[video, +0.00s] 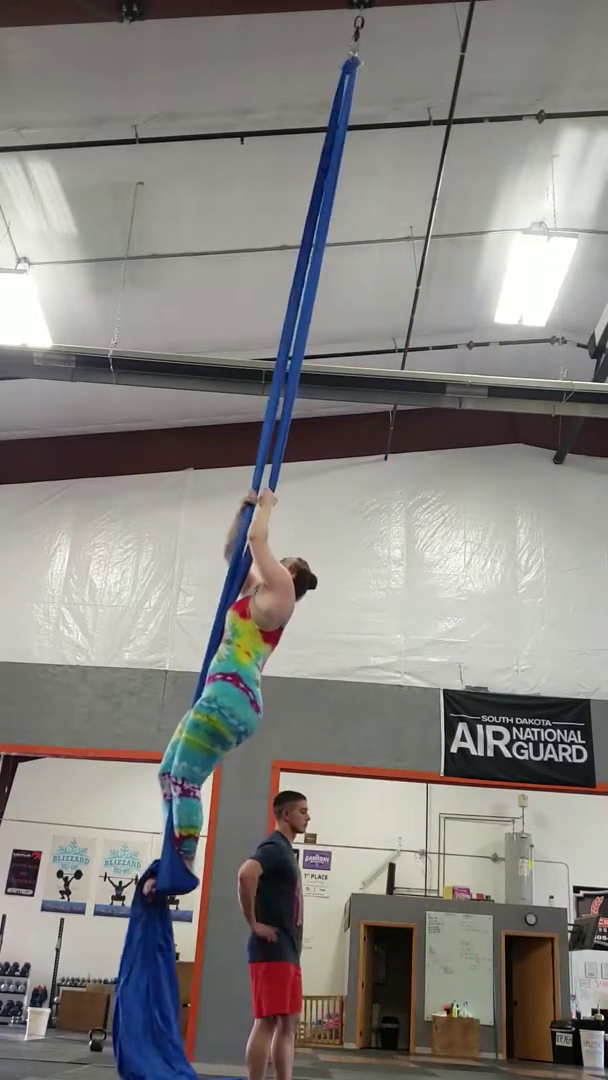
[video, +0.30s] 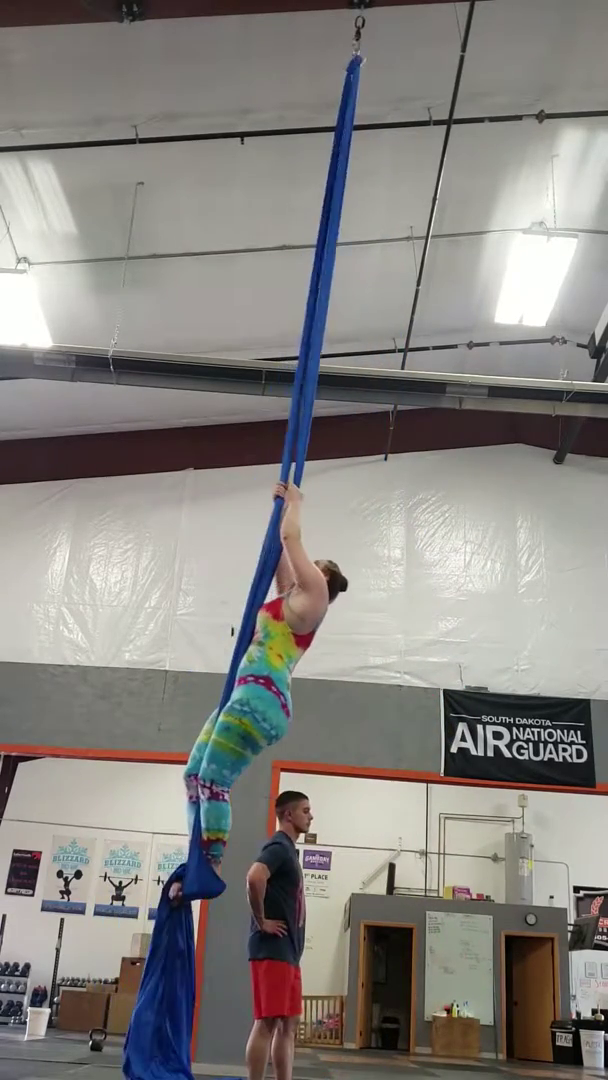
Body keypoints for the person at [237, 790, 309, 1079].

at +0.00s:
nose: (307, 817)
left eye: (307, 811)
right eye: (302, 811)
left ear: (289, 815)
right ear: (284, 814)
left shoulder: (287, 849)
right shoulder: (274, 846)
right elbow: (247, 874)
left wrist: (288, 926)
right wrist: (254, 922)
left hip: (288, 945)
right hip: (271, 944)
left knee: (288, 1022)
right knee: (267, 1021)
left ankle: (283, 1077)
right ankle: (256, 1076)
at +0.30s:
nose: (310, 816)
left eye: (310, 811)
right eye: (305, 811)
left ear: (289, 815)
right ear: (287, 814)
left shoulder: (288, 849)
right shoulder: (279, 847)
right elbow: (256, 877)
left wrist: (290, 923)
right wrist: (261, 921)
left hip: (287, 947)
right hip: (272, 946)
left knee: (288, 1024)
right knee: (267, 1022)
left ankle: (283, 1077)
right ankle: (255, 1076)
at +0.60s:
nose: (311, 816)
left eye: (310, 811)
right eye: (306, 811)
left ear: (291, 815)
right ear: (288, 814)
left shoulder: (289, 848)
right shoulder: (281, 846)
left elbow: (262, 880)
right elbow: (259, 876)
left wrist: (288, 923)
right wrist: (263, 922)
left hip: (288, 948)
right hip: (273, 947)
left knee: (288, 1024)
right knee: (268, 1023)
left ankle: (283, 1077)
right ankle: (255, 1076)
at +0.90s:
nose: (304, 813)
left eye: (303, 807)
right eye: (298, 807)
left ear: (279, 812)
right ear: (291, 812)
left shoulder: (299, 849)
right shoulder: (281, 844)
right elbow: (259, 877)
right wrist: (263, 917)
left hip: (292, 948)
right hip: (275, 947)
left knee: (288, 1025)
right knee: (267, 1024)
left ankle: (283, 1076)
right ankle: (255, 1075)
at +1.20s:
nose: (309, 816)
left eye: (309, 810)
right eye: (305, 810)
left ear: (289, 815)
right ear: (288, 814)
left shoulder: (288, 847)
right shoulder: (281, 846)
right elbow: (257, 879)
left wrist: (289, 926)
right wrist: (263, 923)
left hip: (286, 950)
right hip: (272, 950)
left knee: (287, 1022)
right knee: (266, 1023)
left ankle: (277, 1075)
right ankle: (251, 1078)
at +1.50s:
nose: (309, 815)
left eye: (308, 810)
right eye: (304, 810)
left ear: (289, 815)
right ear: (287, 814)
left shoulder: (288, 848)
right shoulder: (280, 846)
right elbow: (257, 877)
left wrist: (289, 925)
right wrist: (262, 922)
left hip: (286, 951)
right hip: (271, 949)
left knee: (287, 1025)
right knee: (266, 1024)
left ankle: (284, 1078)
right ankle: (255, 1079)